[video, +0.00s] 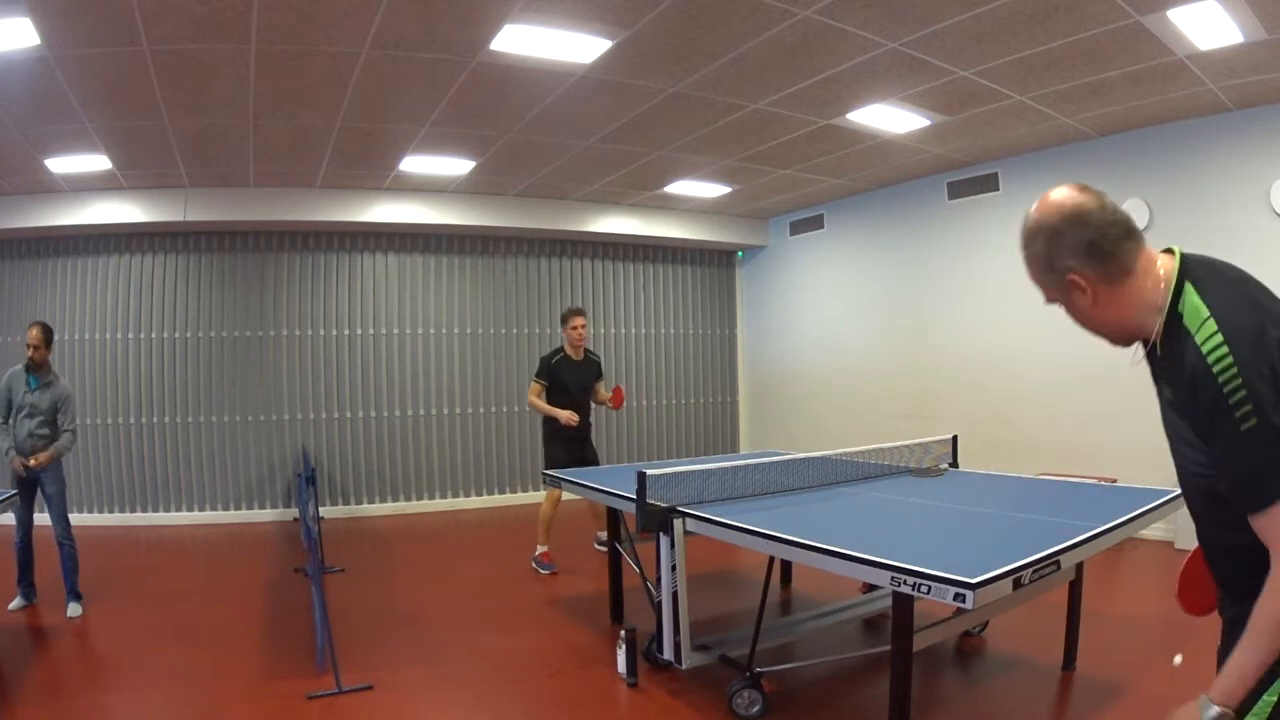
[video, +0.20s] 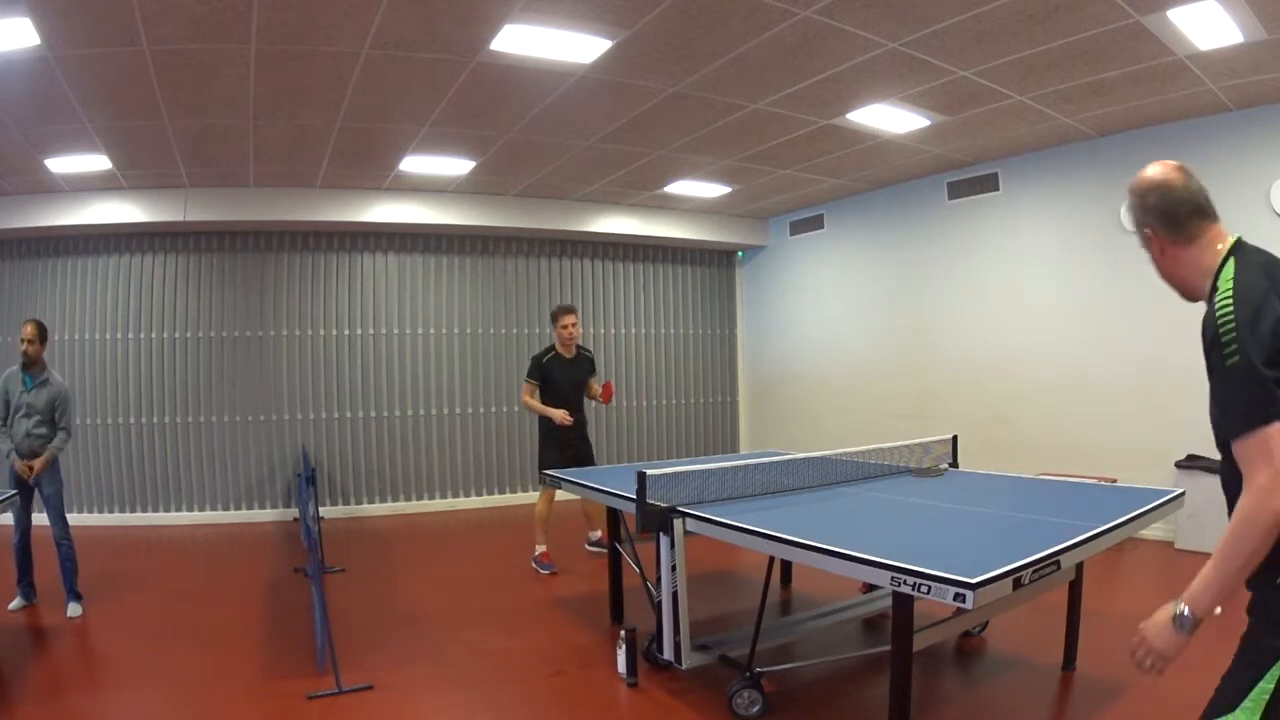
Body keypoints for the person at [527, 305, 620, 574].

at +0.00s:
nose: (580, 332)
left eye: (583, 327)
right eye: (574, 328)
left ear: (588, 330)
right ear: (563, 332)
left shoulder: (593, 362)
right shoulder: (550, 362)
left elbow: (598, 395)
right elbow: (533, 398)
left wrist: (610, 399)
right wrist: (559, 413)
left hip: (583, 436)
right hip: (557, 437)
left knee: (598, 488)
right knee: (554, 493)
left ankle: (604, 534)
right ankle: (541, 551)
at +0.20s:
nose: (571, 331)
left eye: (574, 326)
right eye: (564, 327)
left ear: (579, 327)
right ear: (554, 330)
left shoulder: (586, 358)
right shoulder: (541, 361)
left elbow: (589, 386)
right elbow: (527, 398)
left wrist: (601, 395)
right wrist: (552, 412)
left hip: (579, 433)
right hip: (552, 435)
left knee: (592, 486)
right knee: (548, 491)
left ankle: (595, 536)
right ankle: (540, 550)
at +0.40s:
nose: (578, 330)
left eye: (581, 325)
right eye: (572, 326)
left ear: (585, 327)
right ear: (560, 329)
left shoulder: (590, 359)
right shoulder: (546, 359)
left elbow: (596, 392)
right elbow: (530, 396)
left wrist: (605, 394)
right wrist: (553, 409)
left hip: (581, 434)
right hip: (554, 435)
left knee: (588, 488)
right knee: (547, 491)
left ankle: (587, 540)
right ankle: (540, 550)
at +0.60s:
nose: (596, 332)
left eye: (599, 327)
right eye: (591, 327)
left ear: (602, 329)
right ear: (577, 329)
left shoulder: (602, 362)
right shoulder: (559, 357)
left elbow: (604, 400)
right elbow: (539, 391)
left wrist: (613, 395)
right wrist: (560, 403)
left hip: (590, 433)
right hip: (564, 434)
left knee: (595, 488)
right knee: (554, 491)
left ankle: (589, 540)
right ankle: (542, 549)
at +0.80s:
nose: (606, 331)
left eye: (608, 326)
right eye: (601, 326)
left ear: (609, 329)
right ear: (585, 326)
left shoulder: (607, 361)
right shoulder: (567, 354)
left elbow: (608, 398)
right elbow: (542, 384)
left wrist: (622, 391)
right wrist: (561, 391)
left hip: (594, 432)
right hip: (569, 432)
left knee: (599, 487)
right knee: (560, 488)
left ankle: (590, 539)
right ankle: (547, 543)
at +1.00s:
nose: (605, 333)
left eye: (606, 328)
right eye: (601, 327)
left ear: (600, 327)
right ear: (584, 324)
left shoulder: (599, 356)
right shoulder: (561, 350)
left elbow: (599, 392)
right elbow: (543, 385)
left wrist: (615, 387)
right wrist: (569, 391)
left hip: (592, 426)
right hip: (567, 427)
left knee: (601, 480)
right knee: (571, 483)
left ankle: (592, 534)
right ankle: (559, 537)